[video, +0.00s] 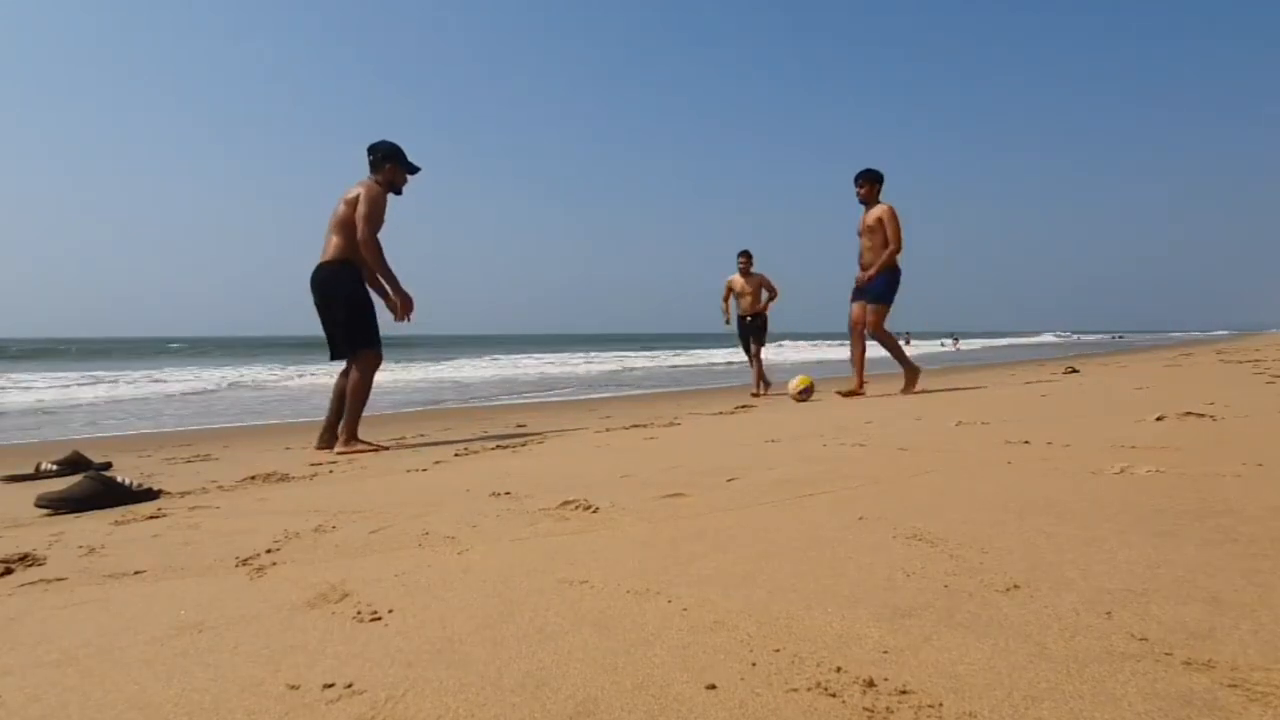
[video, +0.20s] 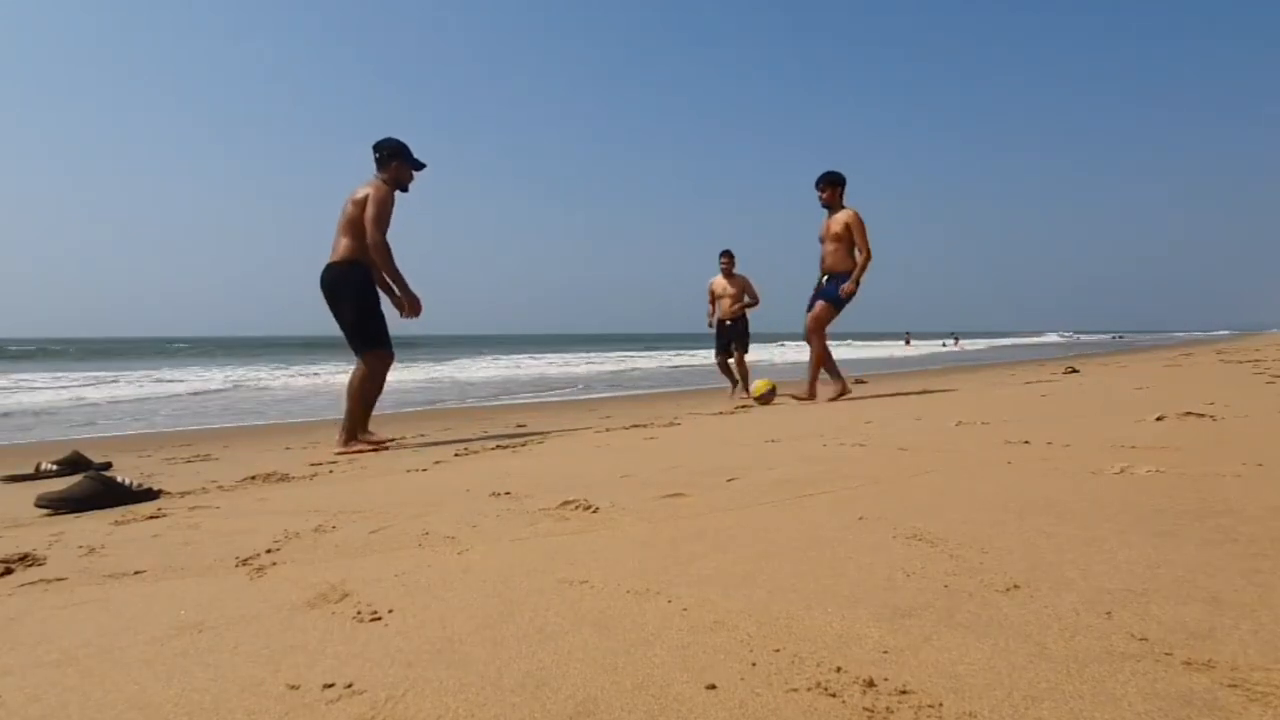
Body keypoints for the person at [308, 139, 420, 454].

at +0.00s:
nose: (406, 179)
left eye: (406, 173)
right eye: (403, 172)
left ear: (379, 169)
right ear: (387, 168)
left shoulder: (358, 193)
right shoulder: (372, 191)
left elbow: (361, 260)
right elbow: (365, 239)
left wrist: (387, 298)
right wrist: (397, 289)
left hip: (330, 276)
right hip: (342, 276)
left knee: (358, 359)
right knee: (369, 356)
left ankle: (328, 436)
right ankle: (348, 437)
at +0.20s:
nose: (412, 175)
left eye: (412, 169)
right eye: (408, 168)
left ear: (387, 167)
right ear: (392, 165)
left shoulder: (367, 193)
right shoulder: (380, 192)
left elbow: (368, 256)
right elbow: (375, 242)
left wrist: (393, 295)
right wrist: (405, 290)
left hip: (344, 276)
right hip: (350, 275)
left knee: (375, 357)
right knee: (378, 357)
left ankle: (358, 431)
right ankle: (351, 435)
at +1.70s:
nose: (437, 193)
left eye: (437, 188)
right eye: (433, 188)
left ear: (415, 189)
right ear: (417, 188)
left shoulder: (402, 214)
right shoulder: (409, 215)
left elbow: (399, 263)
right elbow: (405, 262)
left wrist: (421, 300)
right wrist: (426, 300)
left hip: (389, 287)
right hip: (393, 289)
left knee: (405, 358)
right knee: (403, 359)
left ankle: (382, 422)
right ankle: (365, 421)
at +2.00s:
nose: (455, 225)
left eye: (455, 220)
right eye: (451, 220)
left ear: (432, 221)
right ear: (436, 220)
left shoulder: (418, 243)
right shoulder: (433, 242)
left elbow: (422, 298)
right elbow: (429, 285)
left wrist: (449, 326)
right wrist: (448, 325)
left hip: (390, 311)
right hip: (403, 313)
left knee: (426, 372)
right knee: (439, 375)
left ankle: (397, 425)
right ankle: (384, 414)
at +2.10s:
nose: (465, 228)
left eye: (465, 223)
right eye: (461, 222)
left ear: (441, 222)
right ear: (445, 221)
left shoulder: (424, 244)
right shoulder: (439, 245)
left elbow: (427, 297)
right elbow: (432, 286)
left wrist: (451, 330)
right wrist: (448, 329)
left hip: (392, 311)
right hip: (407, 312)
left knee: (427, 368)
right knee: (457, 367)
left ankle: (398, 424)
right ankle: (413, 415)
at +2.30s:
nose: (487, 204)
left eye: (486, 199)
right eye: (482, 198)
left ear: (462, 198)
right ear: (465, 197)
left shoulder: (444, 220)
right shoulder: (454, 222)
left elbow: (442, 273)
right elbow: (444, 270)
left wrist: (461, 314)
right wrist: (458, 312)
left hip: (413, 295)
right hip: (428, 296)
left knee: (428, 359)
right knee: (469, 359)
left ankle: (406, 418)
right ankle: (448, 426)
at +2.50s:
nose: (507, 177)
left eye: (507, 171)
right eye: (503, 170)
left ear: (486, 171)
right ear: (483, 169)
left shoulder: (481, 212)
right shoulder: (463, 193)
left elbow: (479, 260)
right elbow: (446, 235)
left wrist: (495, 302)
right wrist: (460, 283)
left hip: (444, 275)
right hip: (431, 271)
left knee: (465, 346)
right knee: (466, 344)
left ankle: (446, 420)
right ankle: (439, 419)